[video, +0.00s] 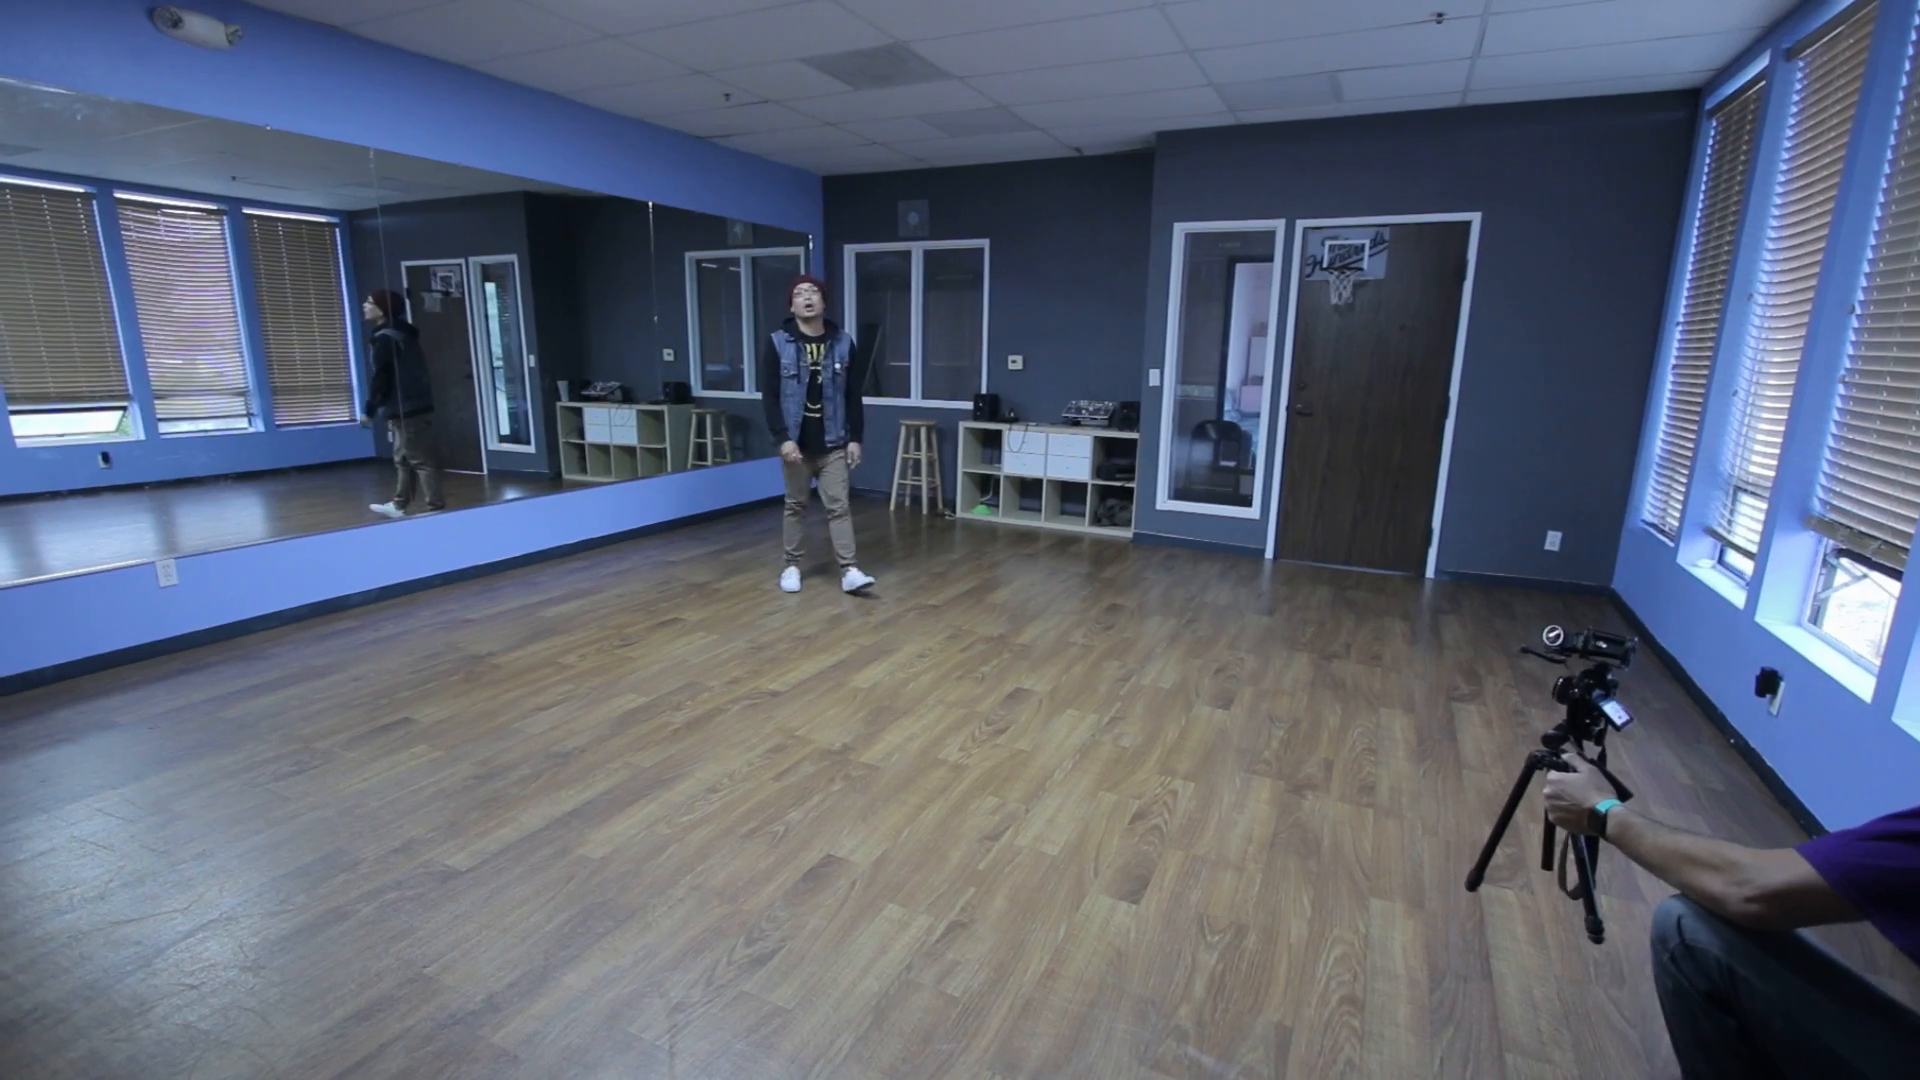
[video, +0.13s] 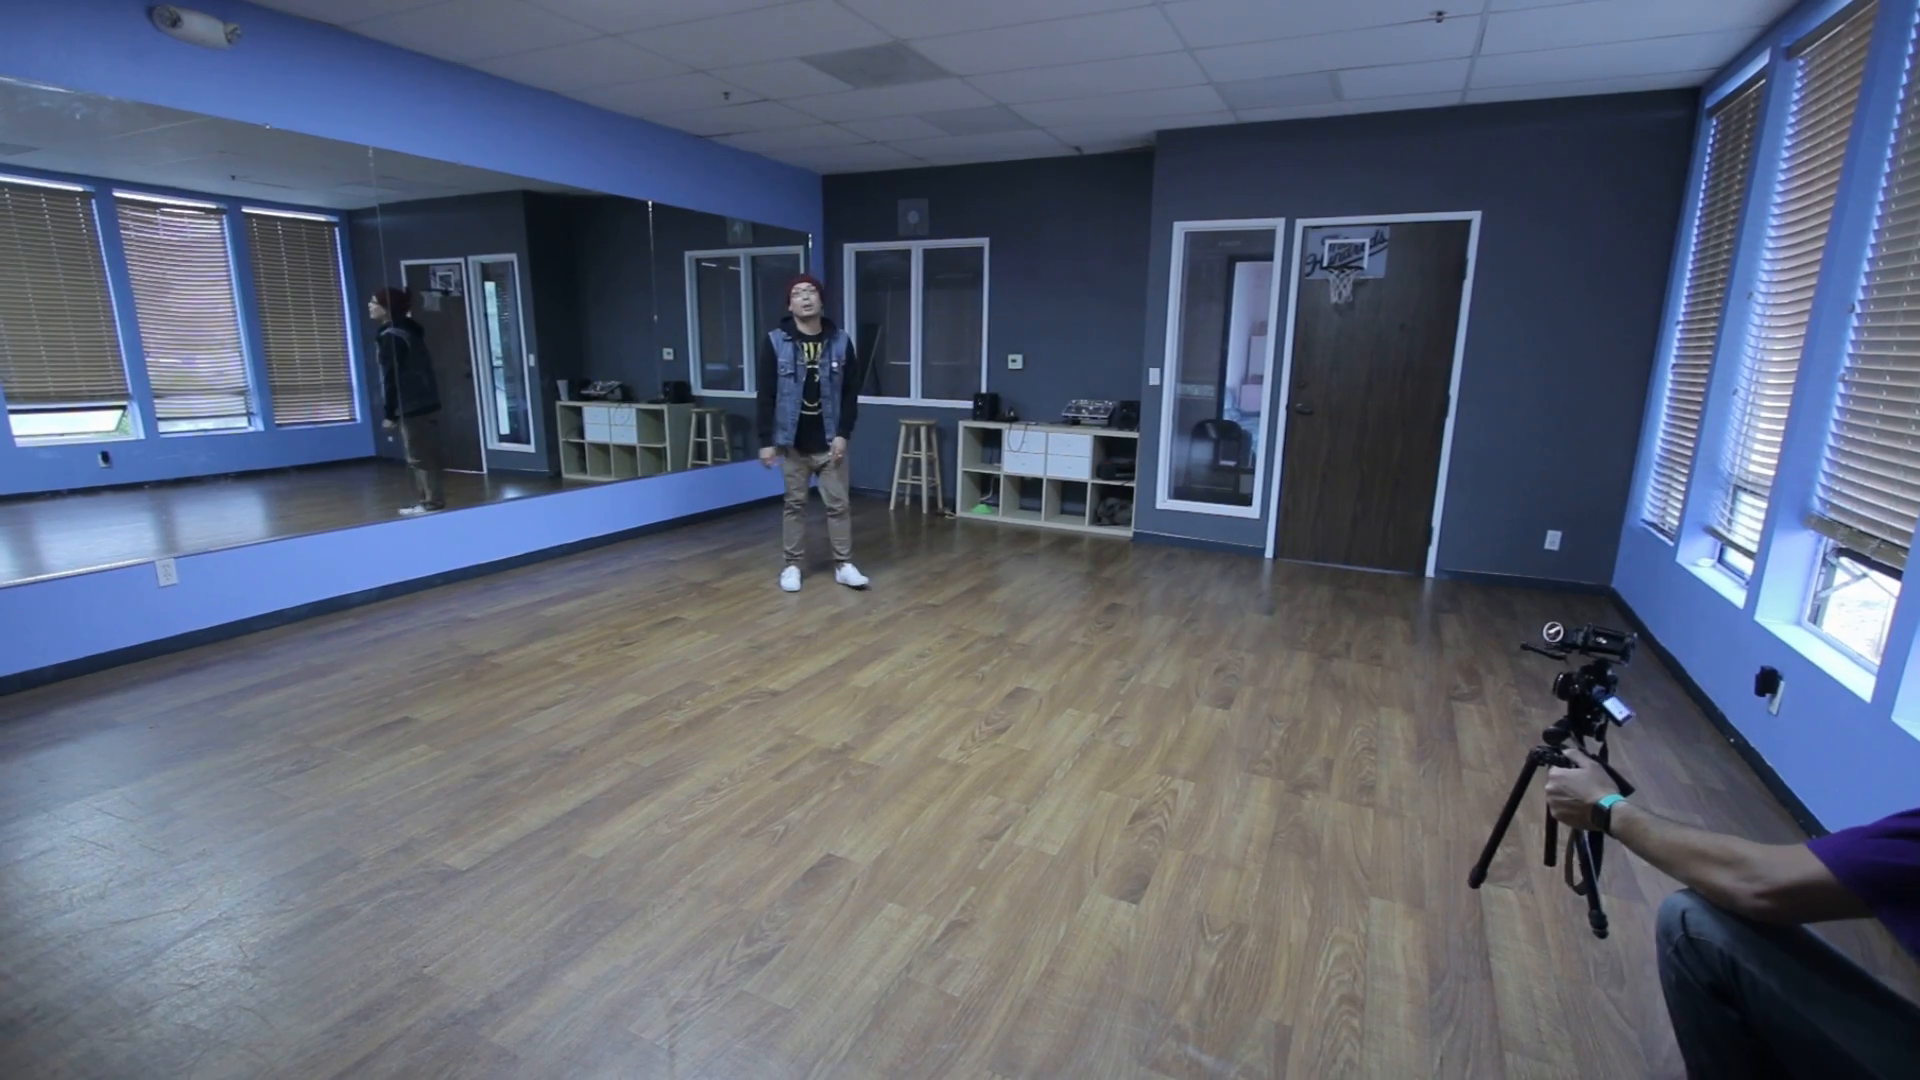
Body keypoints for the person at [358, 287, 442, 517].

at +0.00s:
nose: (365, 307)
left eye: (370, 304)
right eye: (367, 303)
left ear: (382, 310)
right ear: (386, 310)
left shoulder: (383, 338)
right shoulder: (405, 332)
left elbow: (382, 378)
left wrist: (369, 411)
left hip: (405, 407)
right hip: (414, 404)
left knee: (418, 458)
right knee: (403, 457)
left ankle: (436, 507)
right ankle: (399, 504)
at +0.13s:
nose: (370, 307)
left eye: (374, 303)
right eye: (371, 303)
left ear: (387, 308)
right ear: (392, 308)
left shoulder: (388, 336)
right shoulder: (409, 328)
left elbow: (390, 377)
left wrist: (389, 413)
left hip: (411, 405)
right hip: (424, 401)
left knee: (417, 456)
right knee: (427, 453)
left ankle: (430, 501)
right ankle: (433, 499)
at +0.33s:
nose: (384, 311)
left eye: (386, 307)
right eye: (385, 307)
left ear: (394, 310)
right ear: (412, 308)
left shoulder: (398, 337)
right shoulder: (425, 330)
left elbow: (404, 377)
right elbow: (434, 370)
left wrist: (411, 411)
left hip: (417, 410)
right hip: (439, 406)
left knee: (418, 461)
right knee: (446, 457)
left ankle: (432, 506)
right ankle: (462, 499)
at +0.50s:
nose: (403, 313)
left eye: (404, 308)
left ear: (405, 311)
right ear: (428, 308)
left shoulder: (402, 336)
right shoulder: (444, 333)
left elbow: (404, 375)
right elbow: (456, 370)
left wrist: (408, 404)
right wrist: (451, 394)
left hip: (420, 408)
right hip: (449, 405)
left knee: (424, 459)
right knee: (456, 456)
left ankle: (432, 506)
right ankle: (468, 501)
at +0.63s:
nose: (417, 314)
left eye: (417, 311)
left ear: (419, 312)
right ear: (443, 311)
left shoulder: (409, 339)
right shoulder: (460, 337)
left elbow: (405, 378)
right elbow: (475, 373)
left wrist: (405, 409)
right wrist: (473, 402)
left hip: (427, 410)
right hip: (460, 408)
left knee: (427, 457)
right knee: (463, 458)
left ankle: (430, 504)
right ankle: (469, 502)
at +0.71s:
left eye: (426, 309)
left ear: (425, 311)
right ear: (449, 310)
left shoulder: (413, 337)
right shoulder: (464, 335)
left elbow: (406, 377)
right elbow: (484, 367)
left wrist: (405, 409)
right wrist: (493, 396)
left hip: (433, 409)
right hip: (464, 407)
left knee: (429, 456)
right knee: (466, 455)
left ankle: (432, 503)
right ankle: (468, 503)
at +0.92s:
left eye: (440, 313)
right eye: (460, 312)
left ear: (439, 315)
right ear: (462, 312)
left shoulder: (425, 341)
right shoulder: (475, 339)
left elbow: (420, 380)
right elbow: (498, 371)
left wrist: (427, 406)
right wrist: (518, 396)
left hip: (443, 408)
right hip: (474, 407)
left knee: (448, 454)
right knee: (471, 455)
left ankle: (452, 500)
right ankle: (469, 500)